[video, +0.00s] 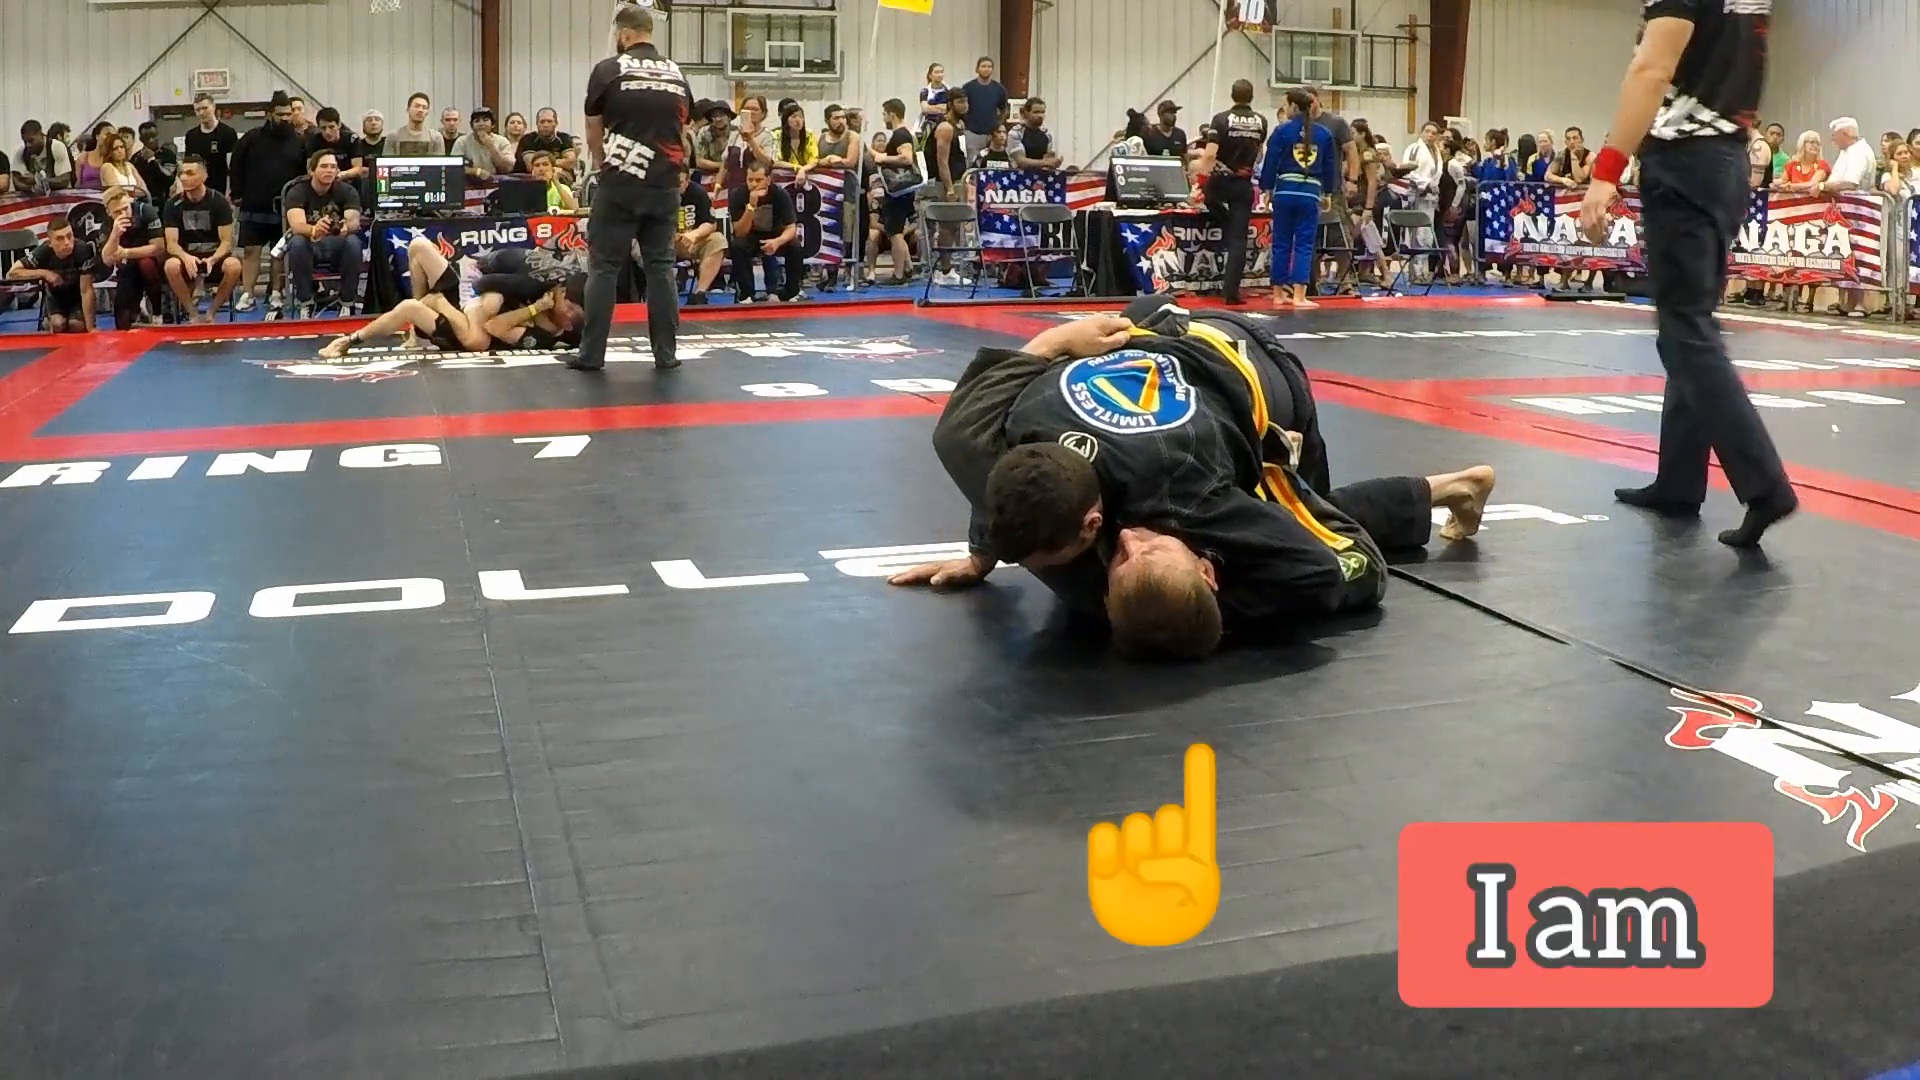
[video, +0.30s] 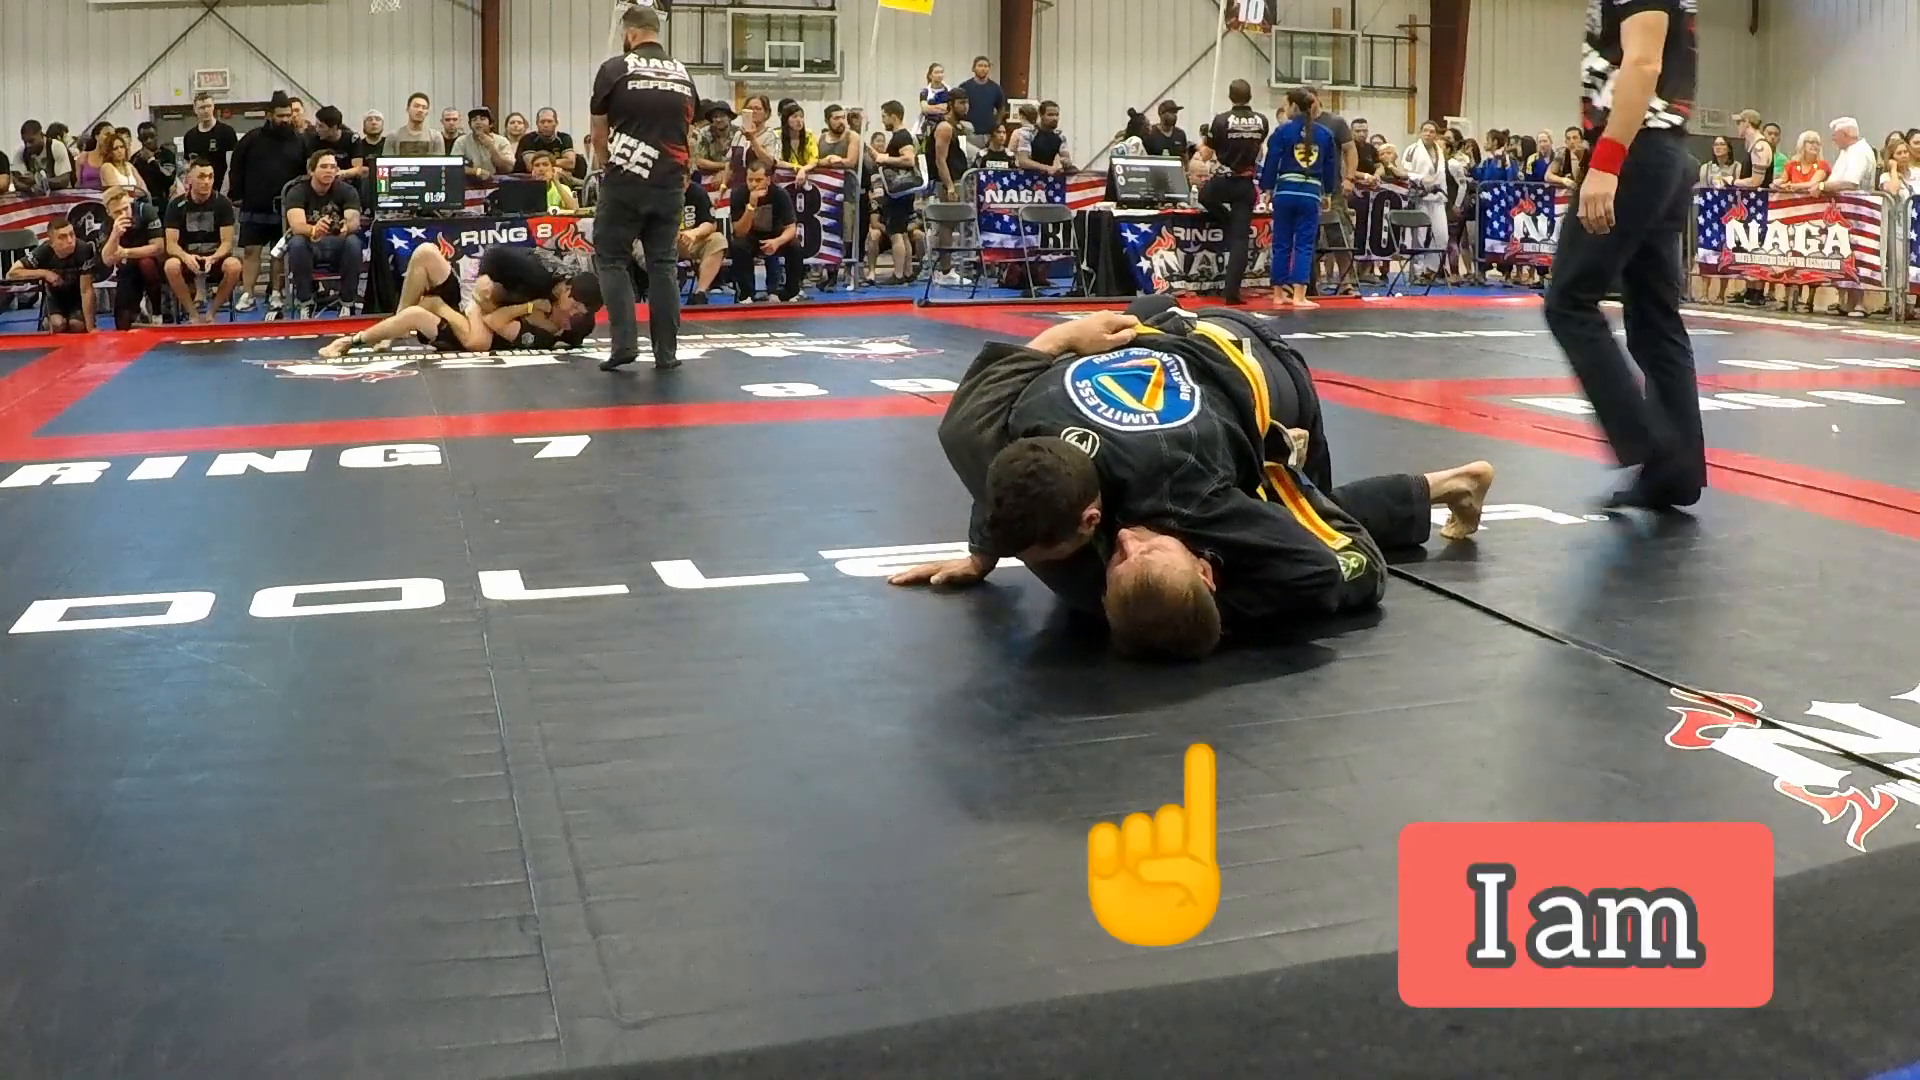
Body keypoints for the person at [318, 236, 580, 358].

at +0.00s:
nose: (566, 315)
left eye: (570, 319)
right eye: (570, 313)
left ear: (563, 326)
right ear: (562, 303)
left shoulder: (537, 332)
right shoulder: (532, 294)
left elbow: (492, 327)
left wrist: (534, 309)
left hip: (468, 331)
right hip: (468, 292)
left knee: (409, 306)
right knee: (419, 247)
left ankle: (348, 341)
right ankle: (419, 326)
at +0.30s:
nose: (565, 310)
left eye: (571, 312)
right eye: (570, 306)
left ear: (571, 324)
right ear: (566, 299)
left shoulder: (545, 336)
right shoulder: (545, 306)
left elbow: (496, 322)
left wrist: (528, 308)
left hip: (473, 332)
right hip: (470, 307)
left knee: (414, 315)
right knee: (426, 253)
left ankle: (349, 342)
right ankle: (399, 323)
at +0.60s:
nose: (575, 309)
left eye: (581, 308)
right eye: (577, 303)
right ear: (570, 290)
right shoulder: (540, 268)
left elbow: (566, 339)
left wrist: (541, 315)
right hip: (477, 273)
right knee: (480, 343)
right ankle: (432, 311)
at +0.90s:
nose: (577, 310)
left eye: (585, 306)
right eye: (575, 302)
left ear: (591, 305)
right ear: (565, 289)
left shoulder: (580, 318)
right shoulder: (544, 279)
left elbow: (505, 329)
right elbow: (500, 322)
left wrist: (521, 281)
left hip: (485, 323)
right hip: (480, 274)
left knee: (427, 330)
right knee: (410, 256)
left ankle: (354, 344)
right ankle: (395, 330)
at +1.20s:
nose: (560, 311)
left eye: (568, 310)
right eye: (559, 303)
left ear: (576, 313)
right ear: (554, 292)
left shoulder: (544, 335)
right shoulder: (540, 279)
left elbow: (490, 325)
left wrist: (508, 285)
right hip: (476, 284)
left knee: (428, 333)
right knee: (410, 256)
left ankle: (357, 344)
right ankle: (392, 332)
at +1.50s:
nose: (570, 302)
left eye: (578, 301)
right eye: (570, 295)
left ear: (583, 303)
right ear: (565, 283)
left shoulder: (570, 324)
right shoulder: (543, 270)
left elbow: (494, 339)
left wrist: (531, 305)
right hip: (478, 277)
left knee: (431, 335)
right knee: (410, 257)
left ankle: (358, 345)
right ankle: (393, 331)